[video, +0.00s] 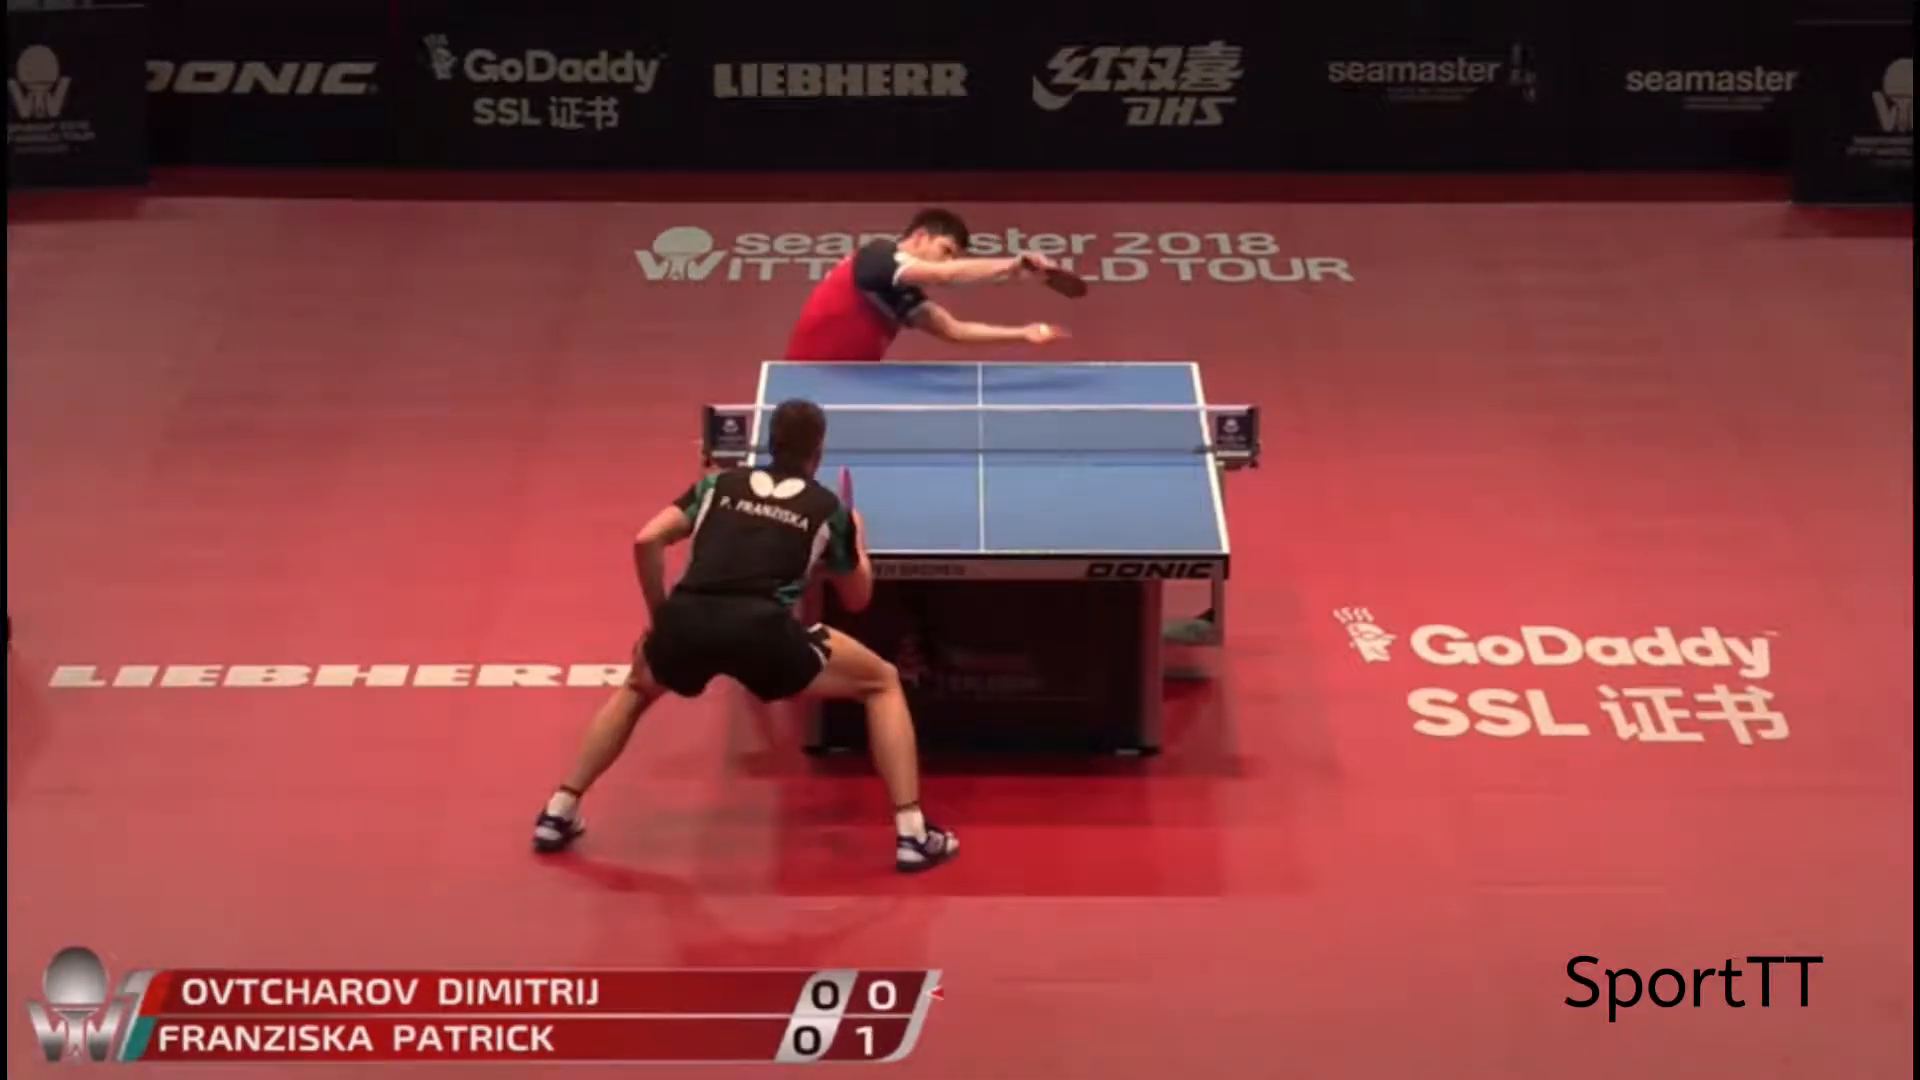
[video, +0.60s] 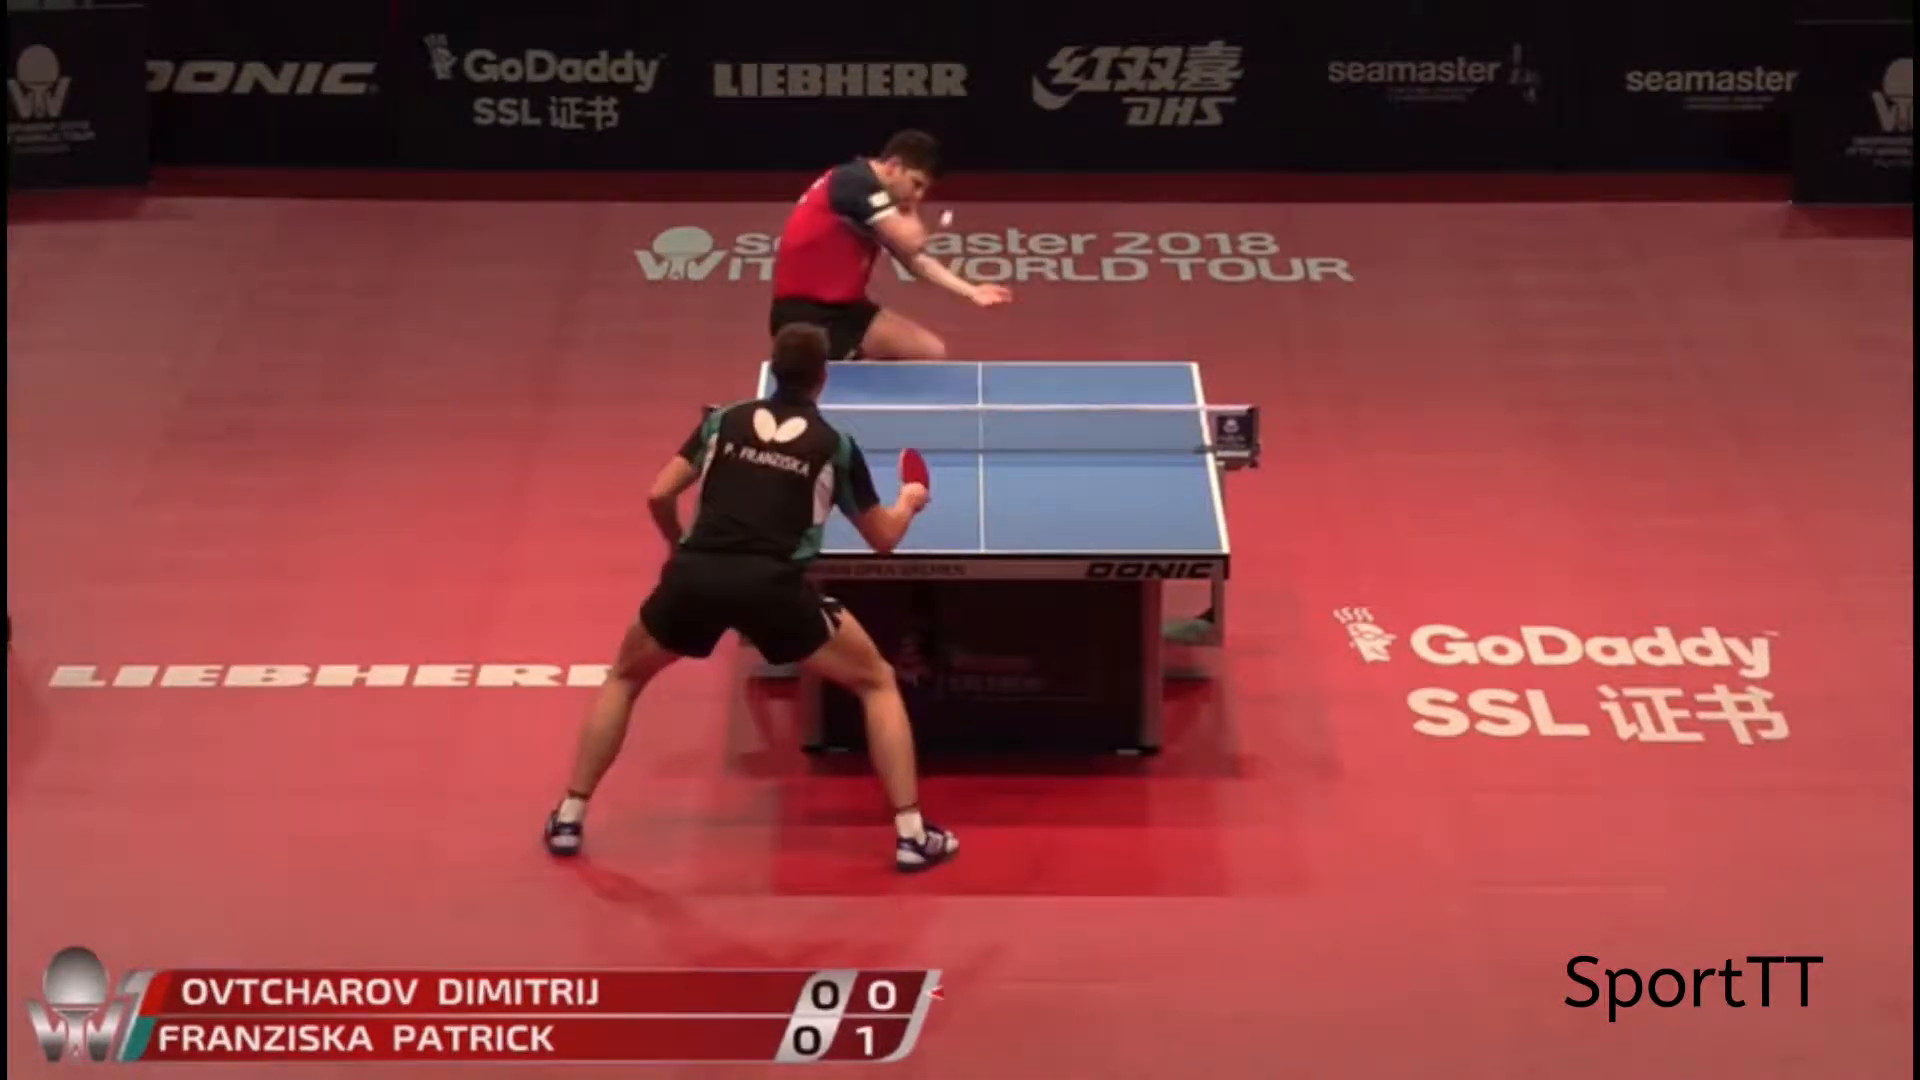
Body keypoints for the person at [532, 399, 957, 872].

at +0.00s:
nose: (814, 454)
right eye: (817, 446)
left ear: (769, 445)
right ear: (818, 452)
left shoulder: (718, 484)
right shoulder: (831, 511)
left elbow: (648, 540)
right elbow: (856, 598)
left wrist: (658, 616)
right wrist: (856, 544)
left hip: (687, 620)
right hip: (765, 629)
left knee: (634, 692)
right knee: (882, 683)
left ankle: (559, 808)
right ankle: (913, 831)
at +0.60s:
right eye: (820, 369)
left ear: (771, 373)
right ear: (823, 377)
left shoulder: (724, 420)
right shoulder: (834, 445)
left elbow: (659, 495)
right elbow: (885, 536)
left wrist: (680, 549)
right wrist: (910, 501)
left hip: (695, 576)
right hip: (773, 585)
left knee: (625, 677)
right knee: (876, 682)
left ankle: (568, 815)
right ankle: (913, 832)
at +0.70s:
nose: (817, 350)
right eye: (819, 342)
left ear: (768, 343)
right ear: (820, 350)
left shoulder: (717, 392)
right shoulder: (830, 421)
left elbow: (650, 460)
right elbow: (877, 515)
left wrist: (685, 493)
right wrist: (914, 501)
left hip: (691, 549)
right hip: (769, 561)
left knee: (628, 663)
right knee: (864, 657)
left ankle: (565, 798)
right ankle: (906, 801)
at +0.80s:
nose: (818, 348)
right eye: (820, 342)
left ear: (769, 341)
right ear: (820, 349)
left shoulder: (718, 390)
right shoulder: (830, 419)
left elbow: (652, 460)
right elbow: (878, 514)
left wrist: (687, 491)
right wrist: (911, 509)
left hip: (691, 547)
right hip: (770, 559)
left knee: (629, 657)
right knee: (862, 656)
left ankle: (564, 789)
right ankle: (914, 802)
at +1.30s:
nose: (794, 419)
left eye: (779, 409)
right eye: (793, 412)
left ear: (739, 412)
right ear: (789, 418)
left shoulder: (695, 465)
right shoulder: (807, 474)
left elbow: (639, 514)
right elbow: (904, 509)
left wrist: (664, 481)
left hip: (686, 633)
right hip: (768, 639)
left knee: (615, 665)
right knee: (883, 662)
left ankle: (557, 796)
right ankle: (943, 806)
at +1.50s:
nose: (779, 360)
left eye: (776, 351)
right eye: (777, 352)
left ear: (722, 352)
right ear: (769, 358)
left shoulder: (672, 402)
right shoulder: (762, 423)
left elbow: (615, 474)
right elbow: (804, 515)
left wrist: (662, 496)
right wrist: (885, 526)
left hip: (636, 565)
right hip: (709, 576)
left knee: (603, 672)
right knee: (823, 667)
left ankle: (548, 807)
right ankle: (863, 820)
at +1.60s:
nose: (778, 359)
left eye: (775, 351)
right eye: (777, 352)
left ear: (721, 352)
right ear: (769, 358)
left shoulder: (672, 402)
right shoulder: (762, 423)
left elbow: (614, 473)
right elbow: (803, 515)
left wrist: (662, 496)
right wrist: (885, 526)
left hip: (636, 567)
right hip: (709, 578)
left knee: (603, 673)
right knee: (823, 667)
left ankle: (548, 806)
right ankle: (863, 820)